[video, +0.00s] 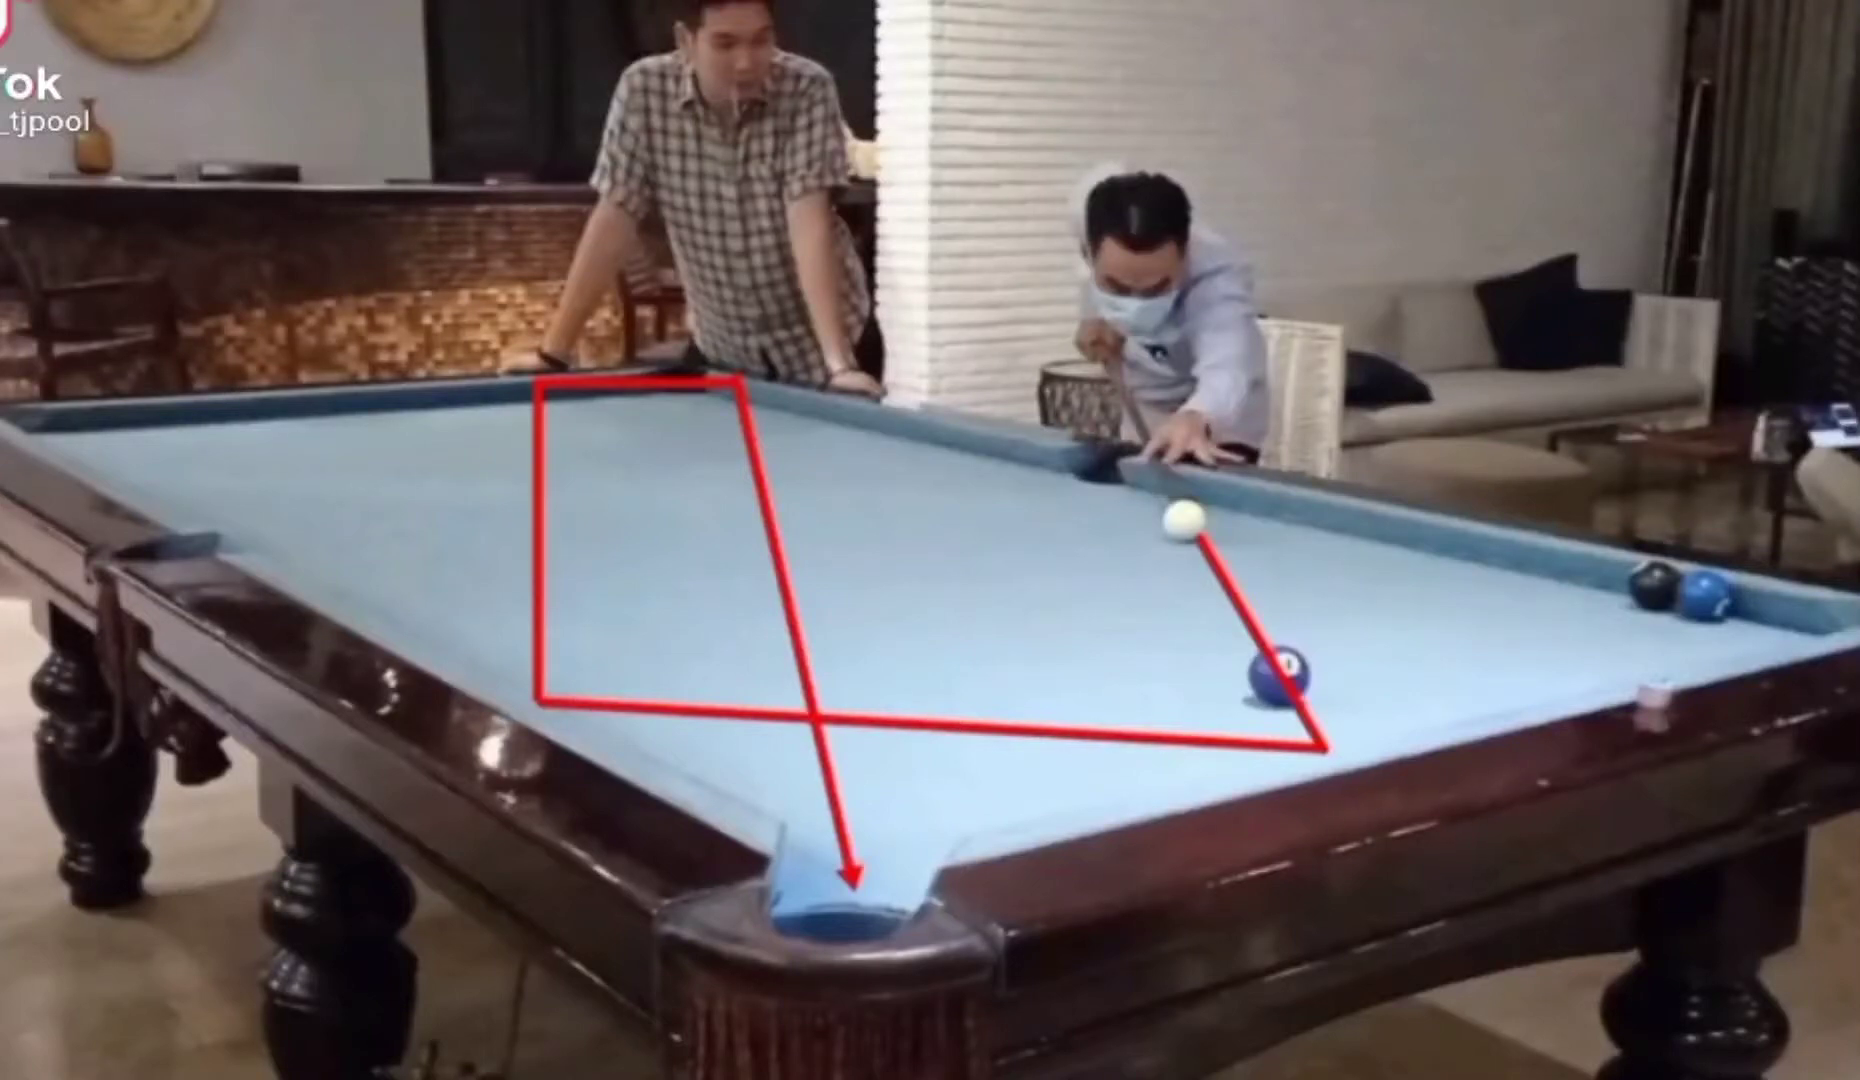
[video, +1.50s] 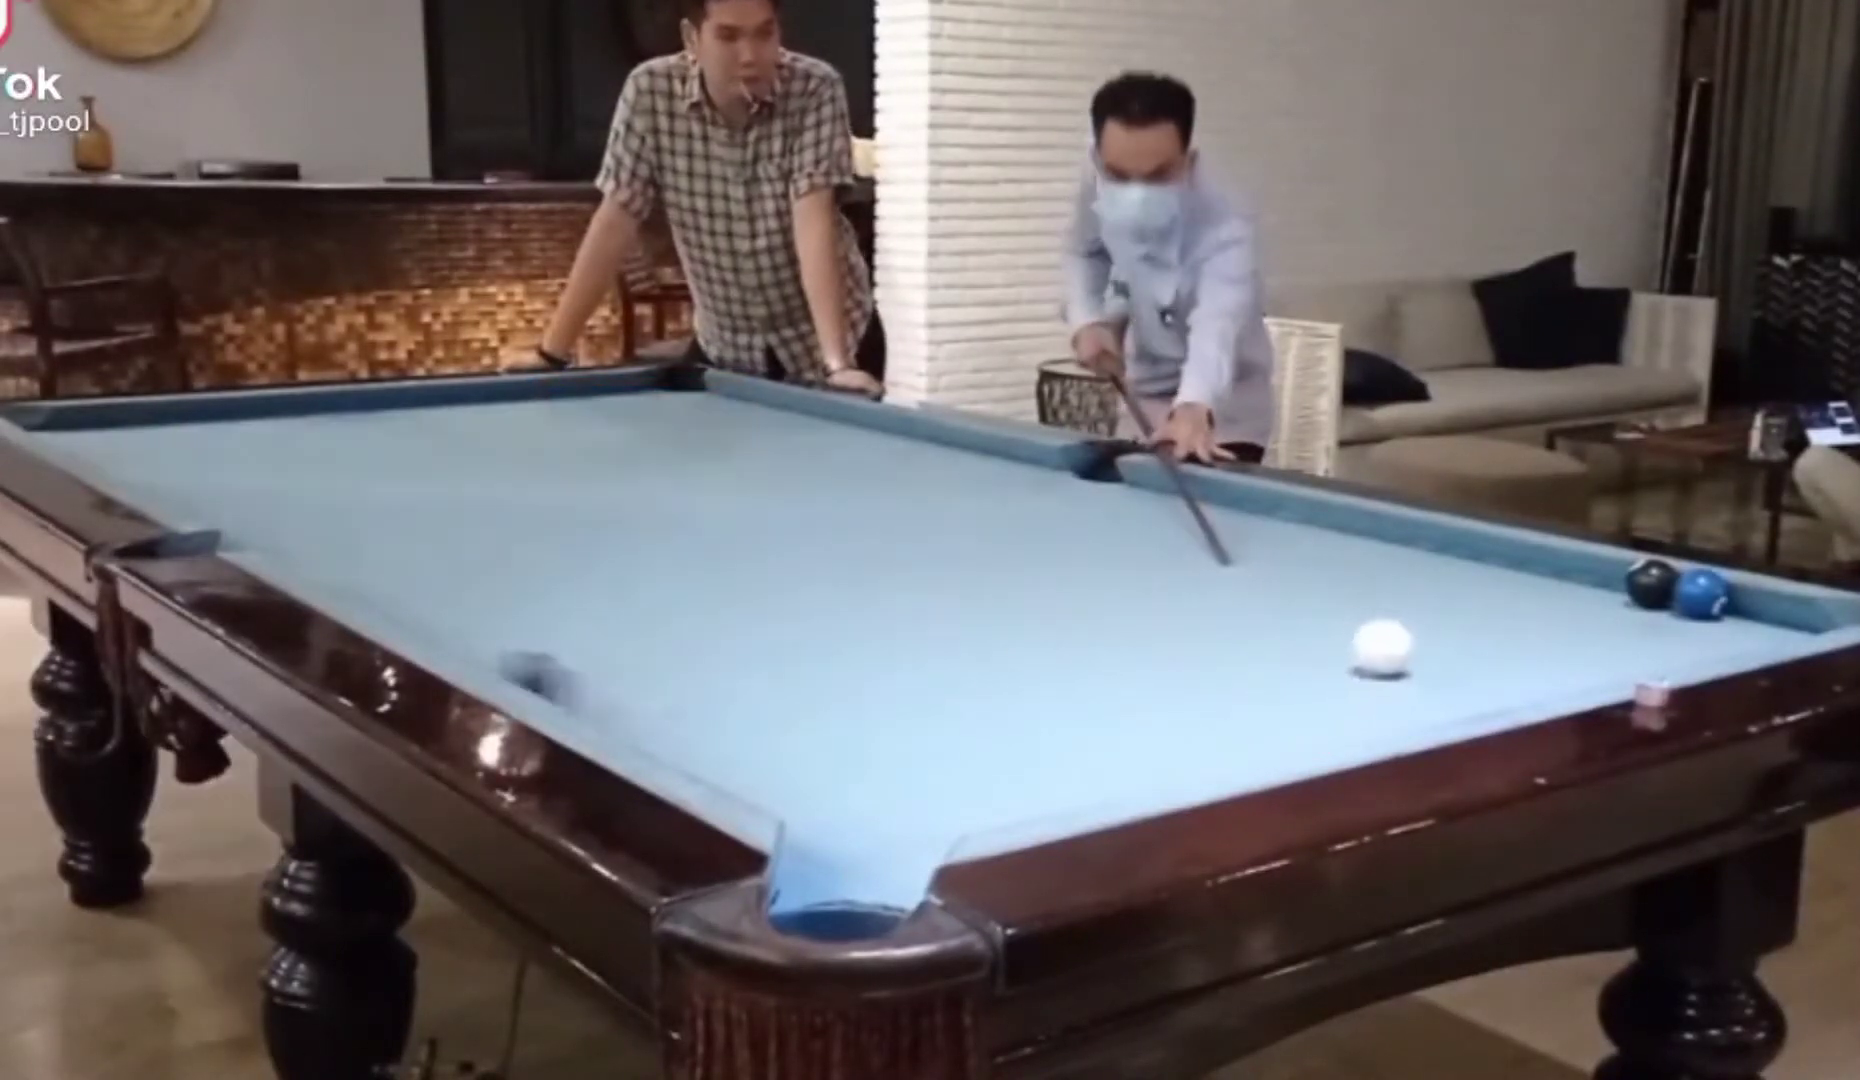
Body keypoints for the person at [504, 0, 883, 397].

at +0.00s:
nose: (746, 63)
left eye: (758, 41)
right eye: (725, 45)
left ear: (773, 36)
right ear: (686, 43)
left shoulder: (806, 88)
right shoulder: (644, 90)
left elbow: (810, 220)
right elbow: (614, 215)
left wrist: (839, 365)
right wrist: (553, 353)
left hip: (826, 351)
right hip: (723, 351)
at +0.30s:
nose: (745, 64)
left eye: (757, 42)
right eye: (724, 45)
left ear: (773, 37)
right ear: (686, 44)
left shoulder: (806, 88)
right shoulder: (645, 91)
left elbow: (809, 217)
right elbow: (615, 214)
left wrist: (838, 363)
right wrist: (553, 351)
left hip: (824, 345)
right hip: (724, 345)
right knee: (735, 493)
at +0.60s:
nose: (740, 62)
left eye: (755, 41)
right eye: (720, 44)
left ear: (771, 36)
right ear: (683, 43)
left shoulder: (807, 90)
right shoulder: (647, 90)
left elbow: (809, 214)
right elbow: (618, 213)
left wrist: (838, 363)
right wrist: (552, 350)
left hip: (828, 343)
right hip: (726, 346)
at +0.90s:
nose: (742, 64)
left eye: (756, 41)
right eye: (721, 45)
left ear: (772, 35)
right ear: (685, 45)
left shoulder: (809, 90)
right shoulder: (648, 93)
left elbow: (812, 215)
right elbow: (617, 215)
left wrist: (837, 362)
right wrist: (552, 351)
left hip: (833, 342)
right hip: (730, 346)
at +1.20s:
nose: (752, 64)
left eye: (765, 41)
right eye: (730, 45)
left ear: (780, 35)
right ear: (693, 45)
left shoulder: (813, 89)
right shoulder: (651, 92)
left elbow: (814, 213)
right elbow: (619, 214)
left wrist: (838, 363)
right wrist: (553, 351)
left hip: (830, 343)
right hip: (728, 344)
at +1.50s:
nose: (750, 55)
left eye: (764, 34)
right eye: (728, 37)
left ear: (780, 32)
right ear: (692, 40)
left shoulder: (814, 89)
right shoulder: (650, 91)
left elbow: (814, 214)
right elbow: (618, 215)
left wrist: (838, 362)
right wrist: (552, 353)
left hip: (830, 346)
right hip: (726, 349)